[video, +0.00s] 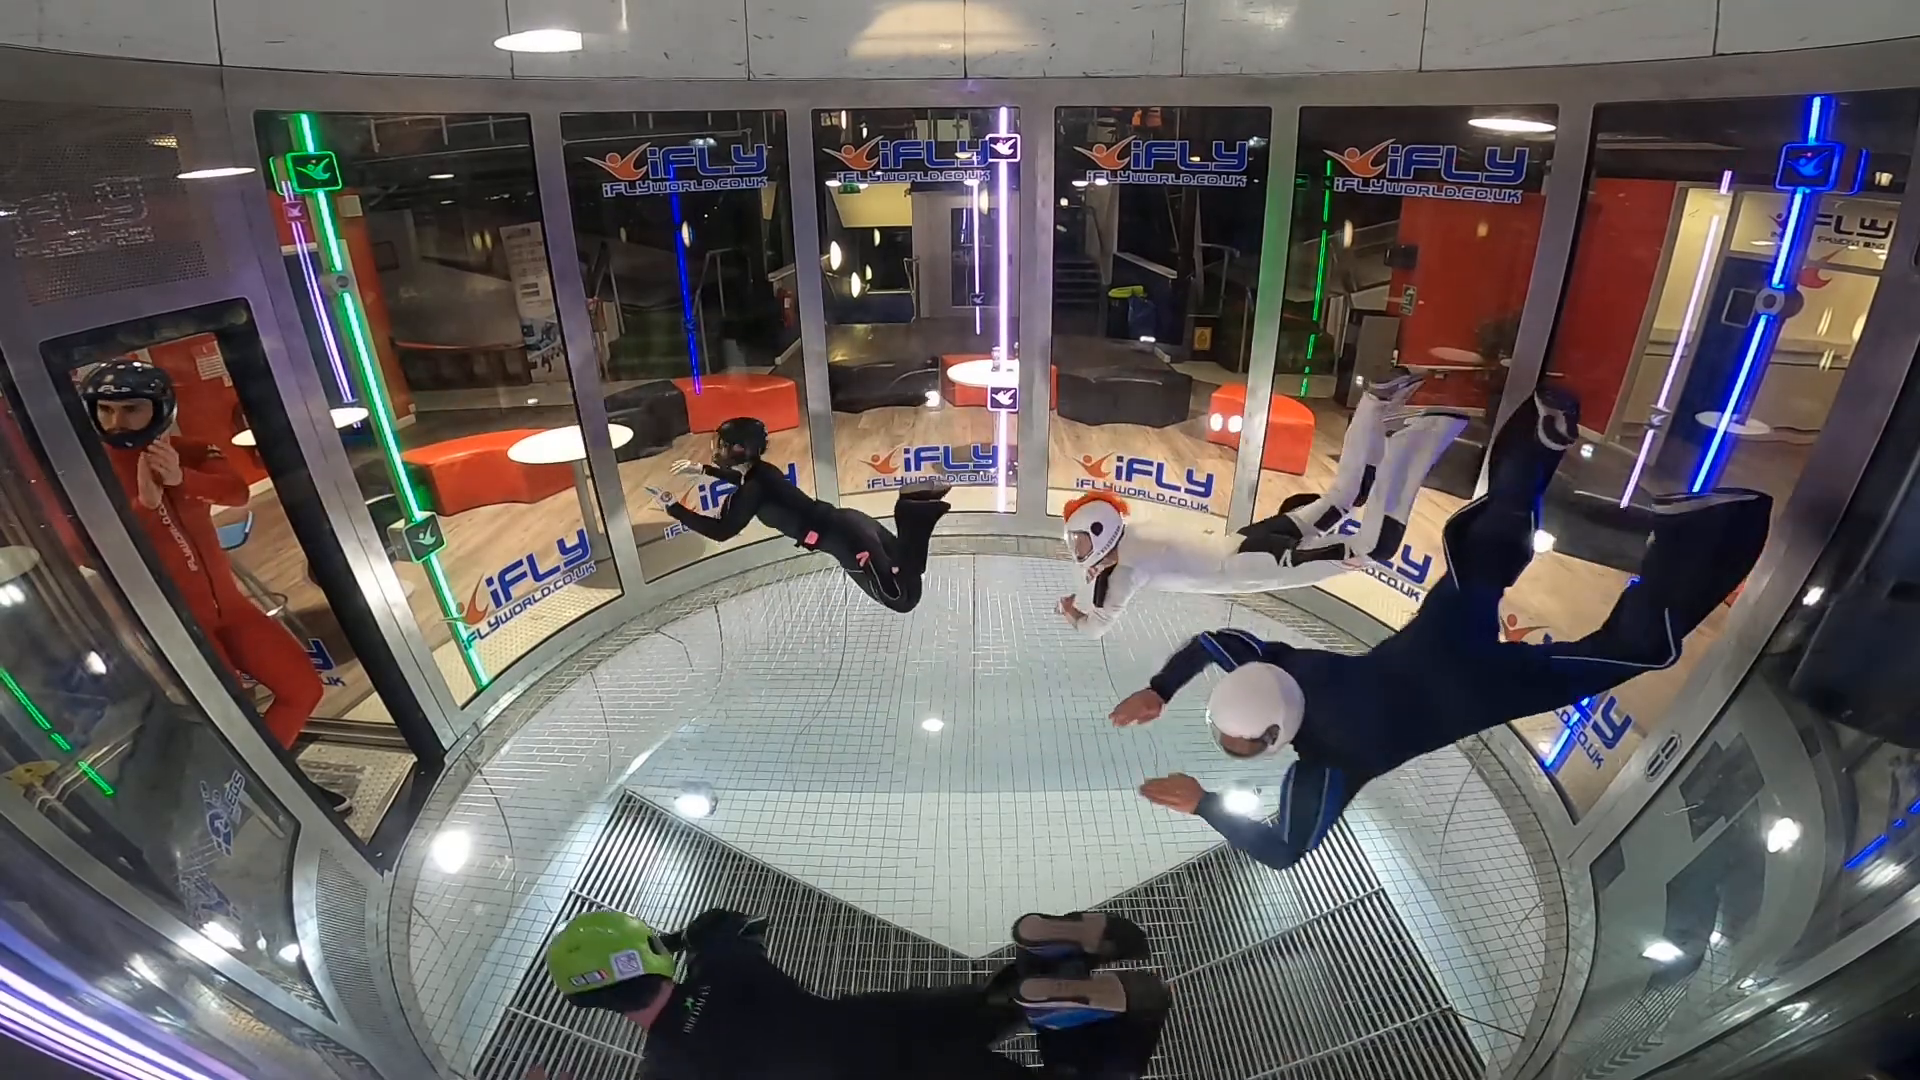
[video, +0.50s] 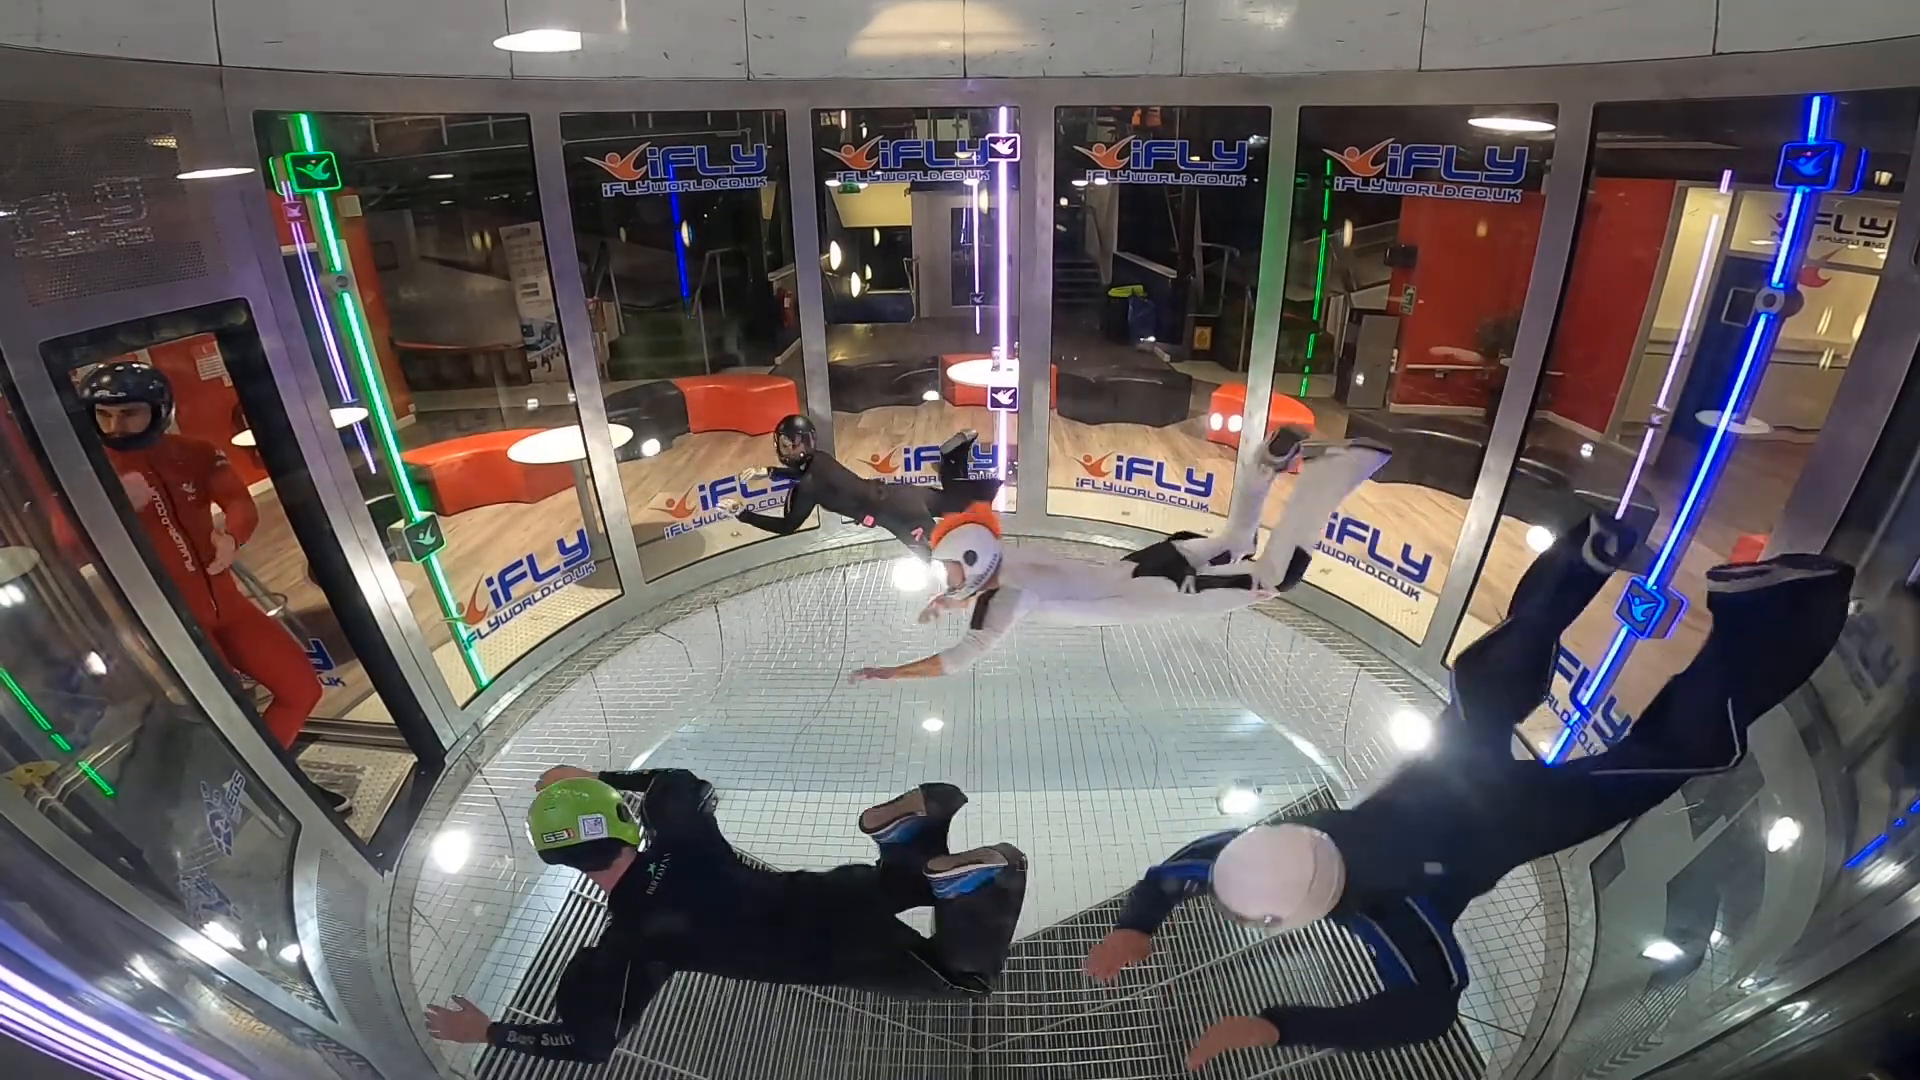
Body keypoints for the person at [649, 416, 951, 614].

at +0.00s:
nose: (717, 451)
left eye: (723, 446)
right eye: (719, 445)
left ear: (740, 452)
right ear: (749, 451)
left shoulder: (756, 484)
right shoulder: (759, 470)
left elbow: (723, 530)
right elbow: (734, 474)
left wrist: (677, 511)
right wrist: (705, 469)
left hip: (841, 535)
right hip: (844, 524)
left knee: (901, 598)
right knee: (902, 579)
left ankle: (915, 519)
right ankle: (913, 514)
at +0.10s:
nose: (733, 445)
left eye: (739, 439)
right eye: (731, 439)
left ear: (757, 443)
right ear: (756, 444)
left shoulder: (762, 480)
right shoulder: (768, 463)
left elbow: (733, 527)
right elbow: (744, 468)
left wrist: (691, 505)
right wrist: (715, 465)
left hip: (846, 529)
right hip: (852, 514)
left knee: (902, 593)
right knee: (909, 562)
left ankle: (920, 511)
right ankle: (924, 503)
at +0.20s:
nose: (739, 443)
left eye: (743, 437)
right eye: (739, 437)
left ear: (758, 442)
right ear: (770, 438)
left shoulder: (772, 479)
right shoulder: (781, 457)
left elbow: (744, 525)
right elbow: (758, 466)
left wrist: (706, 501)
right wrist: (730, 461)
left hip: (856, 525)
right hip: (862, 508)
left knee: (908, 588)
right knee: (916, 549)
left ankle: (927, 511)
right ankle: (933, 496)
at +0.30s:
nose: (750, 445)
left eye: (753, 438)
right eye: (750, 439)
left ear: (770, 440)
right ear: (781, 437)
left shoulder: (783, 477)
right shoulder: (793, 455)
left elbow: (760, 524)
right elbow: (771, 464)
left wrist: (716, 508)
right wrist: (742, 462)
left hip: (868, 519)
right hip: (875, 500)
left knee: (920, 581)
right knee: (928, 542)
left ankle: (935, 506)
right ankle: (939, 491)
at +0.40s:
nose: (767, 446)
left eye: (772, 440)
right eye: (766, 440)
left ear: (788, 442)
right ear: (787, 440)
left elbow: (773, 525)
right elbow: (787, 471)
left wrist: (734, 517)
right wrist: (763, 466)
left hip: (880, 515)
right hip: (884, 493)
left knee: (937, 574)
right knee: (942, 517)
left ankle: (954, 511)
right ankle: (946, 476)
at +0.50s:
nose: (785, 450)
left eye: (791, 444)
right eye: (782, 444)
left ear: (807, 443)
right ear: (787, 443)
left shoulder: (806, 484)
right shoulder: (817, 458)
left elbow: (787, 526)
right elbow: (796, 473)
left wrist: (745, 515)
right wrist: (769, 472)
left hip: (894, 514)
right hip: (898, 493)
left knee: (934, 553)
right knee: (953, 500)